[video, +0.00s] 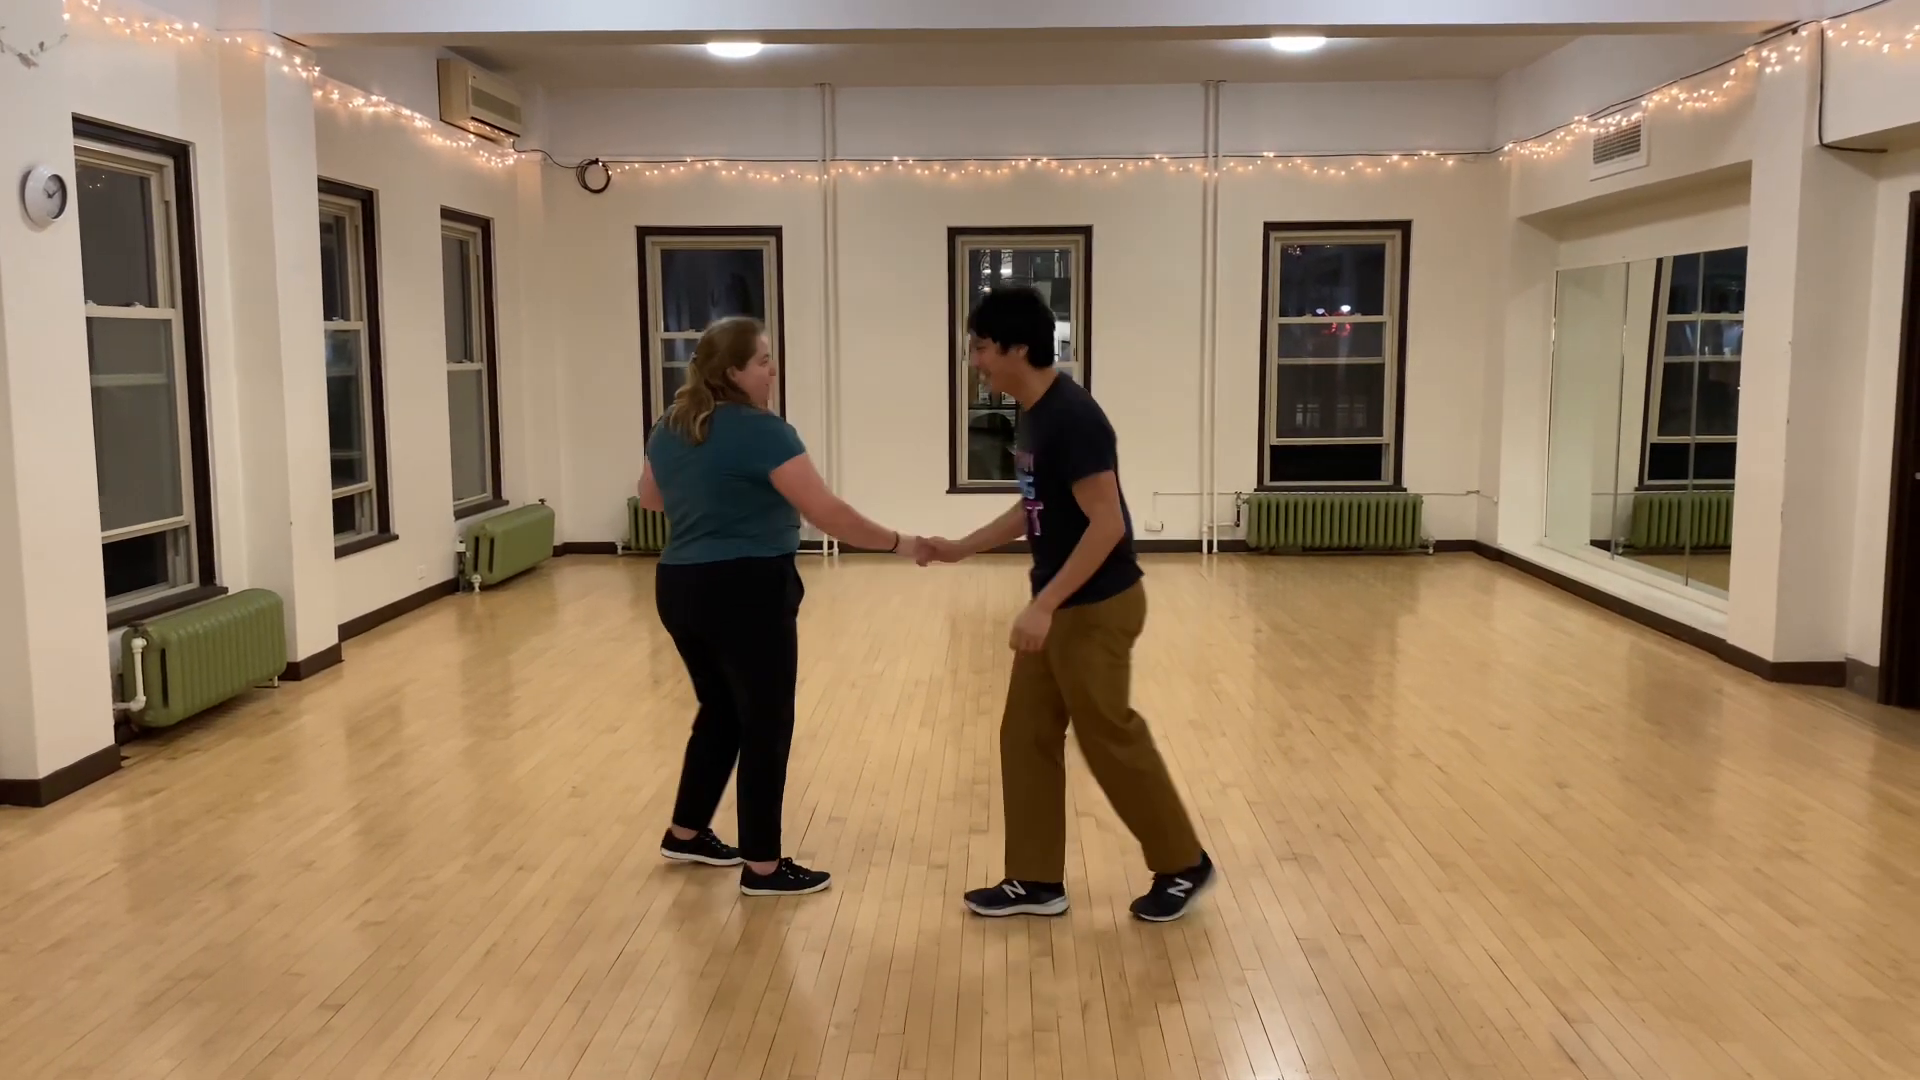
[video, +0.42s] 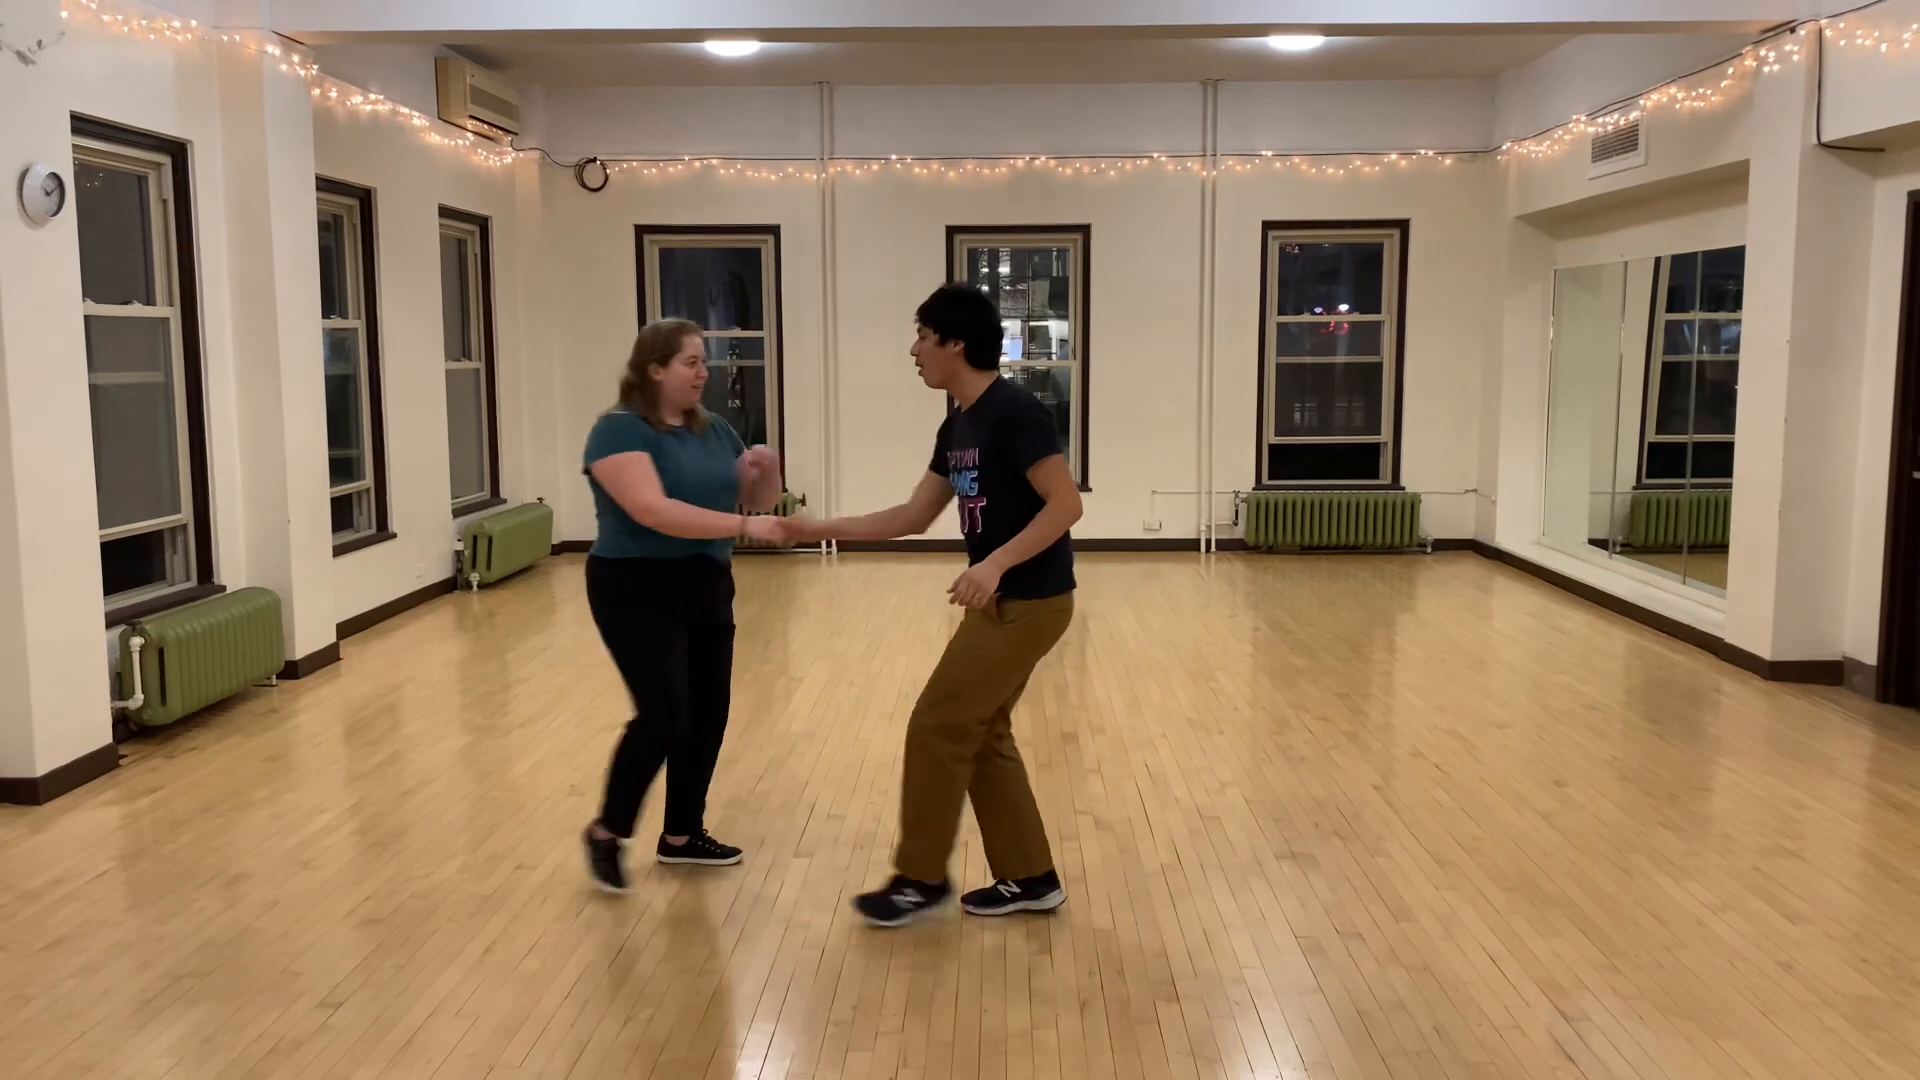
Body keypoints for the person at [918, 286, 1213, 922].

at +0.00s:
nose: (976, 362)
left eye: (981, 349)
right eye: (975, 349)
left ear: (1016, 350)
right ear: (1020, 350)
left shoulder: (1072, 416)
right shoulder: (1033, 414)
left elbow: (1109, 523)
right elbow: (1035, 512)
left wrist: (1045, 602)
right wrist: (961, 548)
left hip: (1099, 604)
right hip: (1054, 602)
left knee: (1107, 734)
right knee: (1028, 737)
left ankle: (1184, 864)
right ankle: (1037, 880)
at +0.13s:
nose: (950, 346)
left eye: (958, 333)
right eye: (951, 333)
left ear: (994, 339)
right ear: (993, 341)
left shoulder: (1050, 406)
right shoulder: (1009, 410)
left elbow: (1096, 508)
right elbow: (1011, 508)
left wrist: (1029, 580)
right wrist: (935, 543)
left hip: (1074, 596)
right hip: (1036, 596)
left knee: (1043, 731)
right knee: (1020, 733)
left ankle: (1146, 845)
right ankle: (1037, 881)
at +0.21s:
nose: (936, 343)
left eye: (944, 331)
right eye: (938, 330)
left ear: (980, 338)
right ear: (976, 336)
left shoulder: (1038, 403)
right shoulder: (993, 411)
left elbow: (1087, 502)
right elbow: (987, 507)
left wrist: (1017, 569)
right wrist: (903, 536)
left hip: (1059, 591)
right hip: (1026, 591)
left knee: (1006, 727)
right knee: (1013, 728)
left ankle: (1098, 855)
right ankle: (1035, 878)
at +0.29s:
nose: (926, 343)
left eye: (936, 331)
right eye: (929, 331)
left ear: (970, 339)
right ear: (968, 341)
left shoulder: (1028, 406)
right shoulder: (977, 419)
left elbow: (1078, 500)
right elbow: (954, 512)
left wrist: (1009, 562)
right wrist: (867, 529)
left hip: (1046, 597)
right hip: (1021, 594)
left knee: (973, 726)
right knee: (1005, 726)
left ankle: (1031, 876)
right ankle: (1033, 873)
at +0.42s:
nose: (913, 350)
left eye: (922, 338)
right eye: (916, 337)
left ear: (957, 347)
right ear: (956, 347)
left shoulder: (1016, 412)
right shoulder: (957, 423)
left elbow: (1067, 504)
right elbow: (916, 515)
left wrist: (994, 564)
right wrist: (820, 529)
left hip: (1031, 602)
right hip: (997, 599)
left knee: (938, 724)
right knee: (983, 735)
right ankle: (1031, 877)